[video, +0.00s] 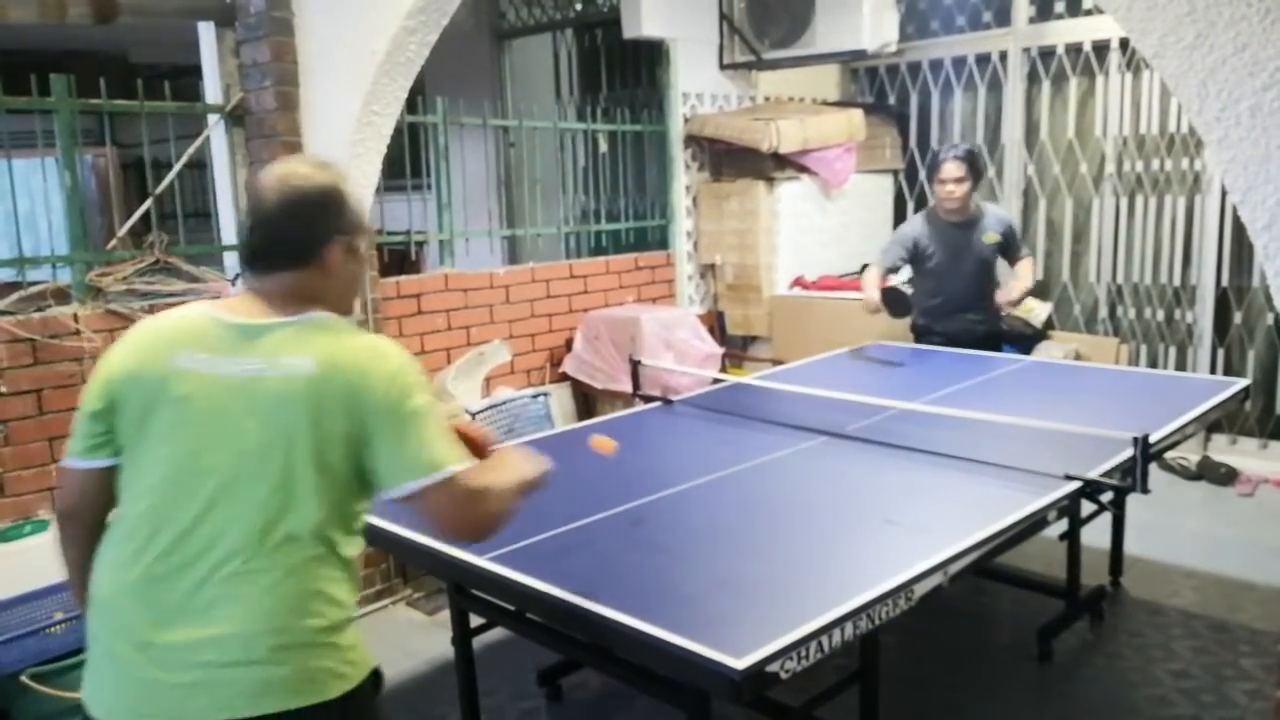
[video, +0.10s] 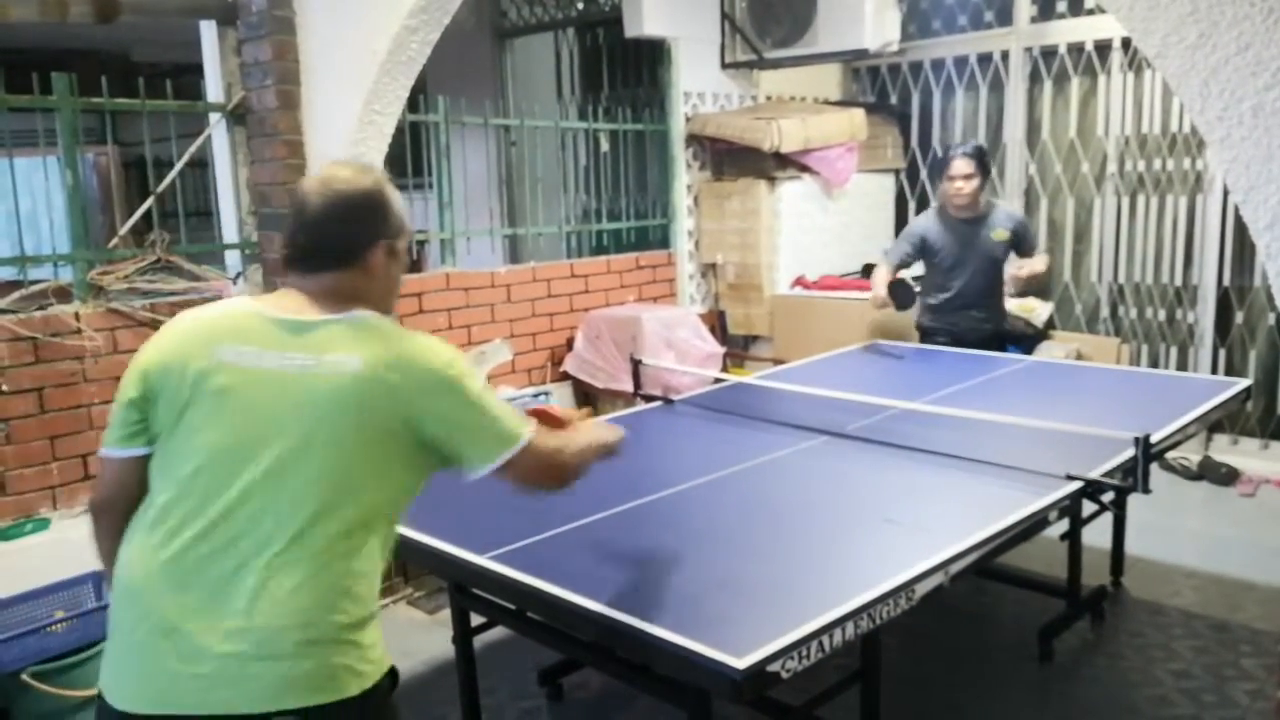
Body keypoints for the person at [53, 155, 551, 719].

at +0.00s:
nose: (371, 266)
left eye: (369, 248)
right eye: (367, 248)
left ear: (255, 247)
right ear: (336, 254)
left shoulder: (142, 346)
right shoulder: (368, 362)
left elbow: (75, 506)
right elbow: (462, 516)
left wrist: (101, 611)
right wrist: (508, 473)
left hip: (129, 685)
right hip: (292, 682)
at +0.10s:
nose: (404, 271)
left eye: (404, 254)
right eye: (402, 254)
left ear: (293, 253)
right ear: (380, 256)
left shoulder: (182, 338)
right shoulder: (411, 362)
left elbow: (111, 500)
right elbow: (545, 467)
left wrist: (136, 603)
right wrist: (589, 441)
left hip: (146, 682)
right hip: (311, 684)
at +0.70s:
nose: (288, 265)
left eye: (287, 244)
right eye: (280, 243)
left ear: (163, 245)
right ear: (242, 251)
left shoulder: (57, 354)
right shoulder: (290, 367)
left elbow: (15, 535)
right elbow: (329, 557)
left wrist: (43, 631)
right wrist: (373, 564)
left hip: (72, 693)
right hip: (240, 694)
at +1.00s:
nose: (243, 253)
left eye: (242, 234)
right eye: (236, 233)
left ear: (114, 241)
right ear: (198, 239)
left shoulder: (24, 360)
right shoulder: (255, 355)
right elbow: (292, 544)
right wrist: (355, 576)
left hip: (64, 693)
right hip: (232, 689)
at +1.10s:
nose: (270, 255)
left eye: (268, 235)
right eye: (262, 235)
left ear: (143, 242)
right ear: (227, 244)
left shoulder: (48, 359)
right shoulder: (277, 356)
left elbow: (9, 533)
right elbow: (317, 545)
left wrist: (13, 652)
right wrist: (364, 583)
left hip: (83, 691)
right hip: (246, 685)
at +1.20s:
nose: (303, 257)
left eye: (303, 238)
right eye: (297, 238)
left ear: (180, 243)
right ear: (267, 247)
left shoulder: (85, 354)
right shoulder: (311, 361)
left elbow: (35, 522)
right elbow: (347, 547)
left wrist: (50, 649)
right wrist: (365, 574)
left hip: (112, 687)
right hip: (272, 682)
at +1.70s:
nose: (350, 231)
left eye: (346, 217)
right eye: (350, 218)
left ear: (244, 220)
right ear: (339, 222)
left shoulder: (157, 316)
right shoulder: (372, 337)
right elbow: (431, 507)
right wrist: (488, 616)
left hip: (170, 669)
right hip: (319, 664)